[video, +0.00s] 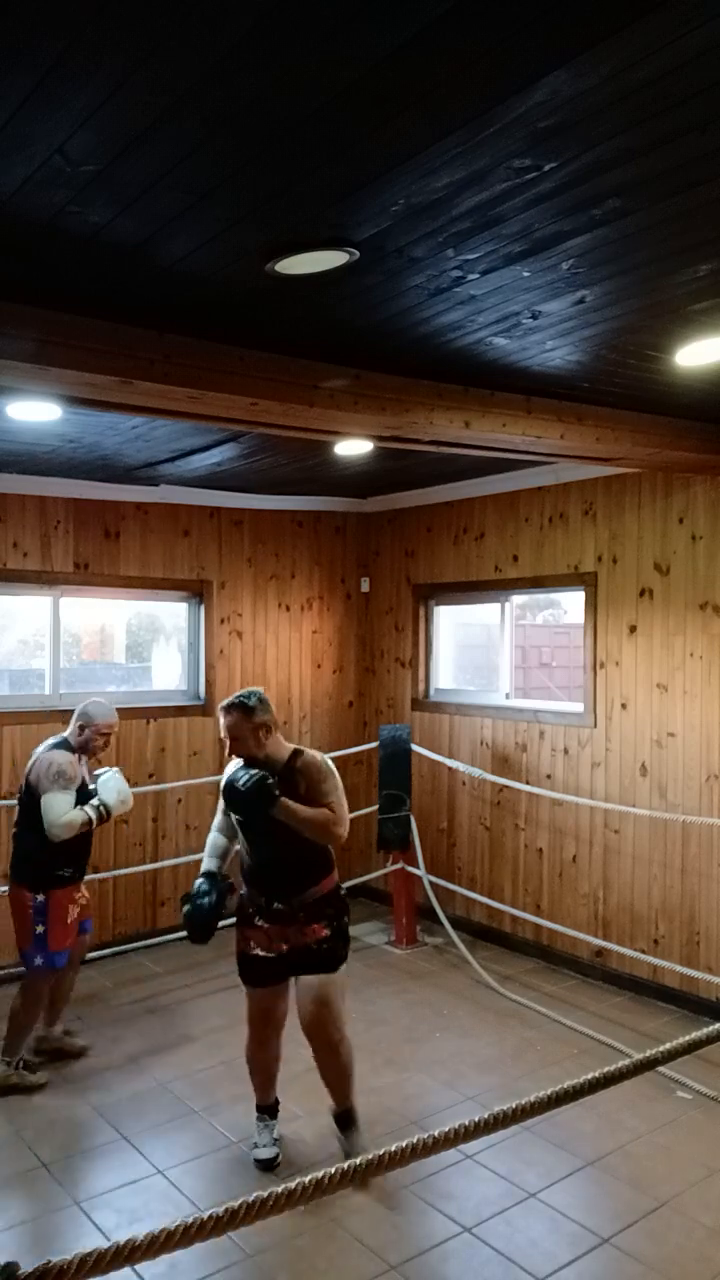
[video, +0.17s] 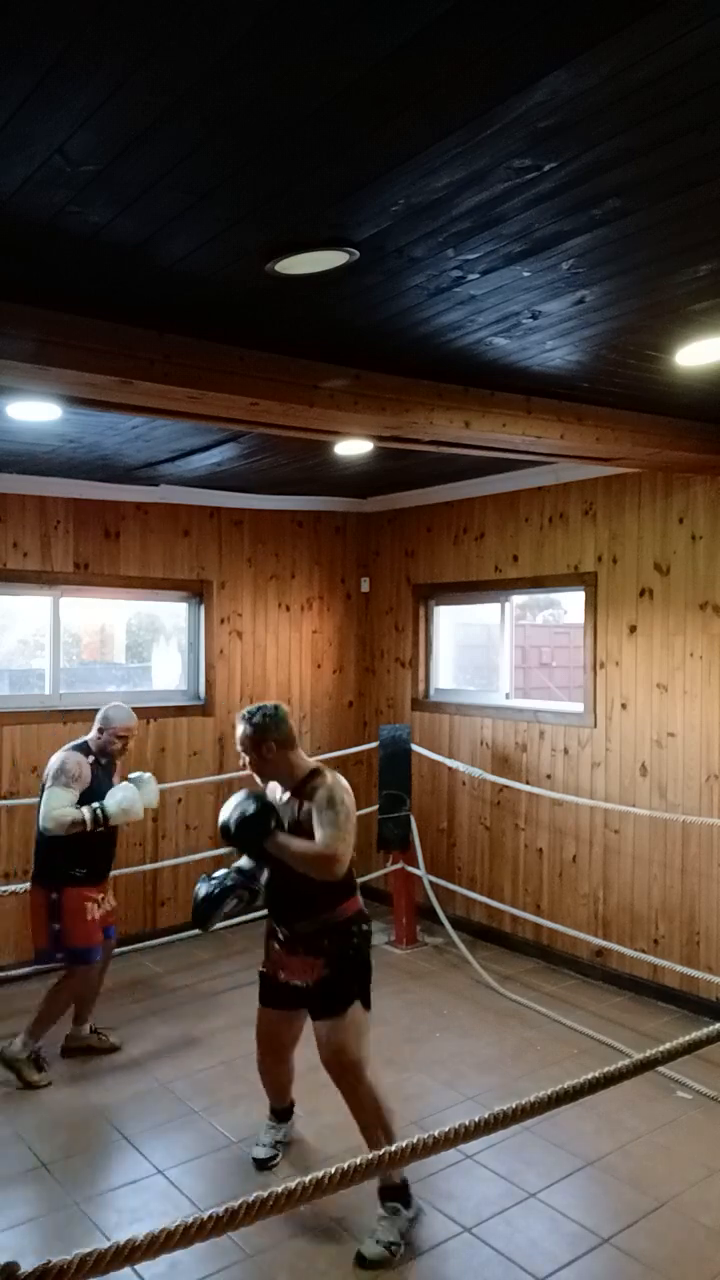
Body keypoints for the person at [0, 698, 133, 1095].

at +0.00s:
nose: (107, 743)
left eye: (110, 736)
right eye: (103, 736)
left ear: (92, 730)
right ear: (81, 729)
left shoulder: (76, 756)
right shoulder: (56, 760)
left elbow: (73, 806)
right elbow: (58, 826)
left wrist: (101, 794)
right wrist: (102, 806)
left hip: (65, 880)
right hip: (39, 885)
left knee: (78, 941)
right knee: (44, 970)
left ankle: (50, 1032)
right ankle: (9, 1060)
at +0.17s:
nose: (124, 744)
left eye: (128, 738)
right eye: (119, 737)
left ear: (126, 736)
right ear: (99, 732)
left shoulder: (109, 762)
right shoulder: (70, 762)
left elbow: (101, 806)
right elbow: (53, 818)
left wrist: (130, 795)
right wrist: (106, 811)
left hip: (93, 880)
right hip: (65, 884)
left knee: (104, 948)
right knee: (84, 963)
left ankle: (80, 1032)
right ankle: (23, 1046)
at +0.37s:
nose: (142, 739)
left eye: (146, 731)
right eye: (135, 731)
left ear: (148, 728)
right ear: (115, 723)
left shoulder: (139, 755)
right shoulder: (85, 754)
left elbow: (150, 805)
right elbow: (49, 806)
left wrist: (159, 791)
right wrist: (94, 807)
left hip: (120, 867)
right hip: (92, 868)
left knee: (105, 953)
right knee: (120, 954)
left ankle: (84, 1030)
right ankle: (85, 1039)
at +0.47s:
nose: (148, 737)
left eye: (152, 730)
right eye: (141, 730)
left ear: (156, 727)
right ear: (121, 724)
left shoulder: (151, 752)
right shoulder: (94, 755)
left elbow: (170, 796)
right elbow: (61, 807)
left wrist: (167, 776)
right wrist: (102, 805)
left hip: (135, 869)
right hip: (105, 871)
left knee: (112, 950)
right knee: (126, 953)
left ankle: (81, 1028)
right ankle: (124, 1050)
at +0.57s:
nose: (157, 741)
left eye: (161, 733)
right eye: (149, 734)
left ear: (165, 730)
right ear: (130, 730)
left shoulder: (162, 754)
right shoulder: (103, 761)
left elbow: (183, 788)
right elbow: (77, 819)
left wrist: (181, 782)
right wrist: (119, 809)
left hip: (148, 871)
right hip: (115, 875)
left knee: (135, 953)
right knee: (135, 956)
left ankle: (91, 1019)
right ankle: (129, 1049)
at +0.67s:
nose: (165, 744)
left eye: (168, 737)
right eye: (156, 738)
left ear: (174, 731)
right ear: (137, 734)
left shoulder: (173, 757)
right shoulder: (113, 765)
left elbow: (195, 807)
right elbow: (96, 827)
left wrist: (196, 790)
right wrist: (140, 810)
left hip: (163, 877)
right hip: (128, 881)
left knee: (179, 948)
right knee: (143, 964)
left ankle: (122, 1003)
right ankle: (129, 1051)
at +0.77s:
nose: (176, 741)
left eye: (180, 734)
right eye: (167, 735)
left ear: (186, 729)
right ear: (150, 730)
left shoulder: (184, 754)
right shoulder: (125, 761)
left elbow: (193, 799)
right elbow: (110, 822)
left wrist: (214, 781)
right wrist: (156, 804)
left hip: (178, 873)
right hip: (140, 880)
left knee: (200, 940)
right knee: (146, 964)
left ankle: (166, 1006)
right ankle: (130, 1050)